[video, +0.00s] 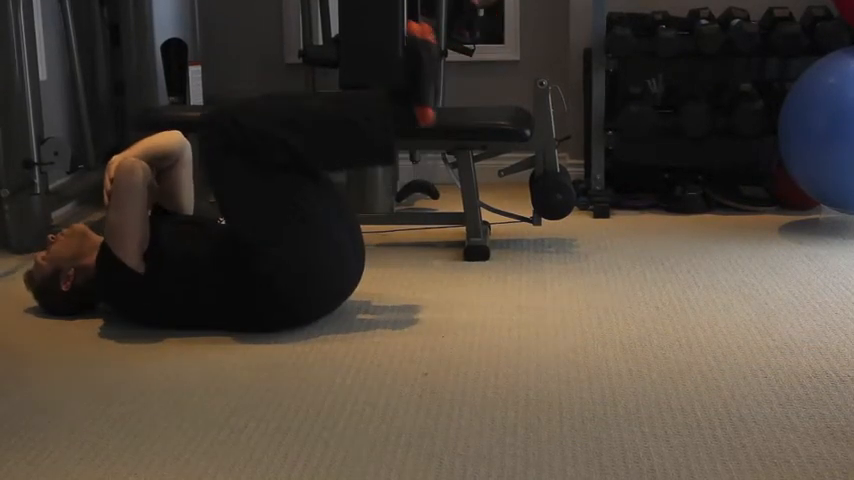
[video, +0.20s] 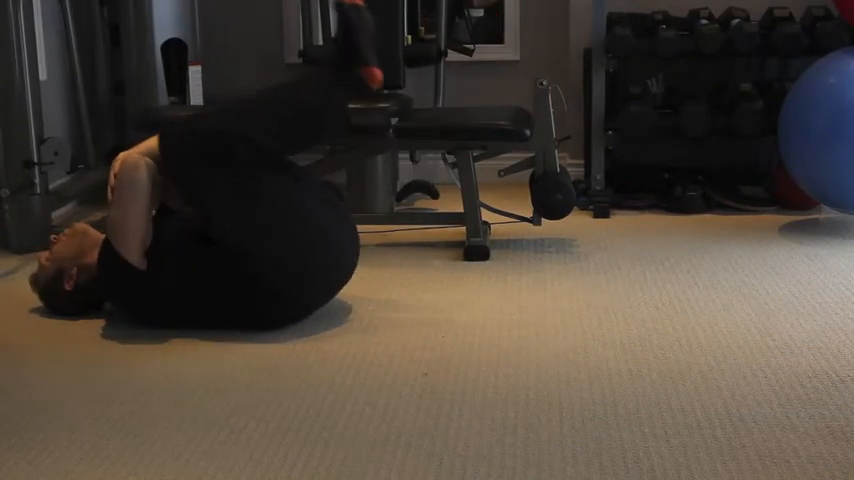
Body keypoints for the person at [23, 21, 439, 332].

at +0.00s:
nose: (57, 236)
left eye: (47, 241)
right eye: (51, 248)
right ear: (72, 278)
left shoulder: (153, 253)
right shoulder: (120, 283)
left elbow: (177, 144)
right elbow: (129, 171)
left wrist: (122, 167)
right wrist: (123, 170)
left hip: (320, 262)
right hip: (297, 276)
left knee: (229, 129)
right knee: (227, 132)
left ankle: (395, 104)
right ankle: (399, 116)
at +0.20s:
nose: (56, 236)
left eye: (46, 244)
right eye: (52, 251)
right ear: (73, 278)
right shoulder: (125, 282)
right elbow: (131, 165)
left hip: (328, 242)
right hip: (295, 262)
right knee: (180, 142)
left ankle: (339, 73)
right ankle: (340, 77)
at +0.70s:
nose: (54, 231)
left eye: (43, 239)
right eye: (48, 245)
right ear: (67, 278)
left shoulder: (151, 258)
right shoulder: (114, 286)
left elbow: (178, 164)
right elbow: (122, 172)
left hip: (326, 251)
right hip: (292, 269)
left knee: (165, 126)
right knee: (166, 127)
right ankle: (354, 110)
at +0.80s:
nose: (66, 232)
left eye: (54, 235)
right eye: (53, 245)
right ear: (65, 283)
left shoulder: (152, 254)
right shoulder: (115, 291)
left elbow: (173, 148)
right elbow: (116, 178)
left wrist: (115, 186)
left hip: (325, 268)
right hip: (297, 285)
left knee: (264, 125)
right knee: (252, 125)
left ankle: (416, 122)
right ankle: (413, 130)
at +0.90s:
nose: (71, 244)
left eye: (64, 245)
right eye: (60, 255)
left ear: (81, 249)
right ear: (66, 291)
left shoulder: (156, 253)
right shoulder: (119, 298)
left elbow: (169, 150)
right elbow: (109, 181)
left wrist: (110, 186)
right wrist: (132, 187)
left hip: (328, 272)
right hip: (306, 290)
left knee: (326, 121)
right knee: (311, 124)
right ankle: (472, 179)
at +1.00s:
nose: (84, 250)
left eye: (77, 249)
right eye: (73, 259)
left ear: (94, 257)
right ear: (80, 293)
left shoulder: (160, 250)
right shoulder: (131, 297)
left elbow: (168, 148)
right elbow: (115, 174)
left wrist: (117, 204)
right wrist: (127, 219)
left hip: (331, 263)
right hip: (323, 290)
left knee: (376, 125)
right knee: (370, 130)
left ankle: (488, 225)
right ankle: (520, 221)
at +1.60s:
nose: (87, 242)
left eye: (78, 246)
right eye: (77, 257)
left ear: (100, 251)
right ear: (90, 288)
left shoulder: (177, 248)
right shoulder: (143, 297)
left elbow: (179, 153)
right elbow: (129, 178)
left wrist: (140, 203)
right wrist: (148, 201)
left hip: (347, 266)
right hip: (327, 287)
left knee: (357, 122)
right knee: (342, 126)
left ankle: (519, 174)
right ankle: (511, 186)